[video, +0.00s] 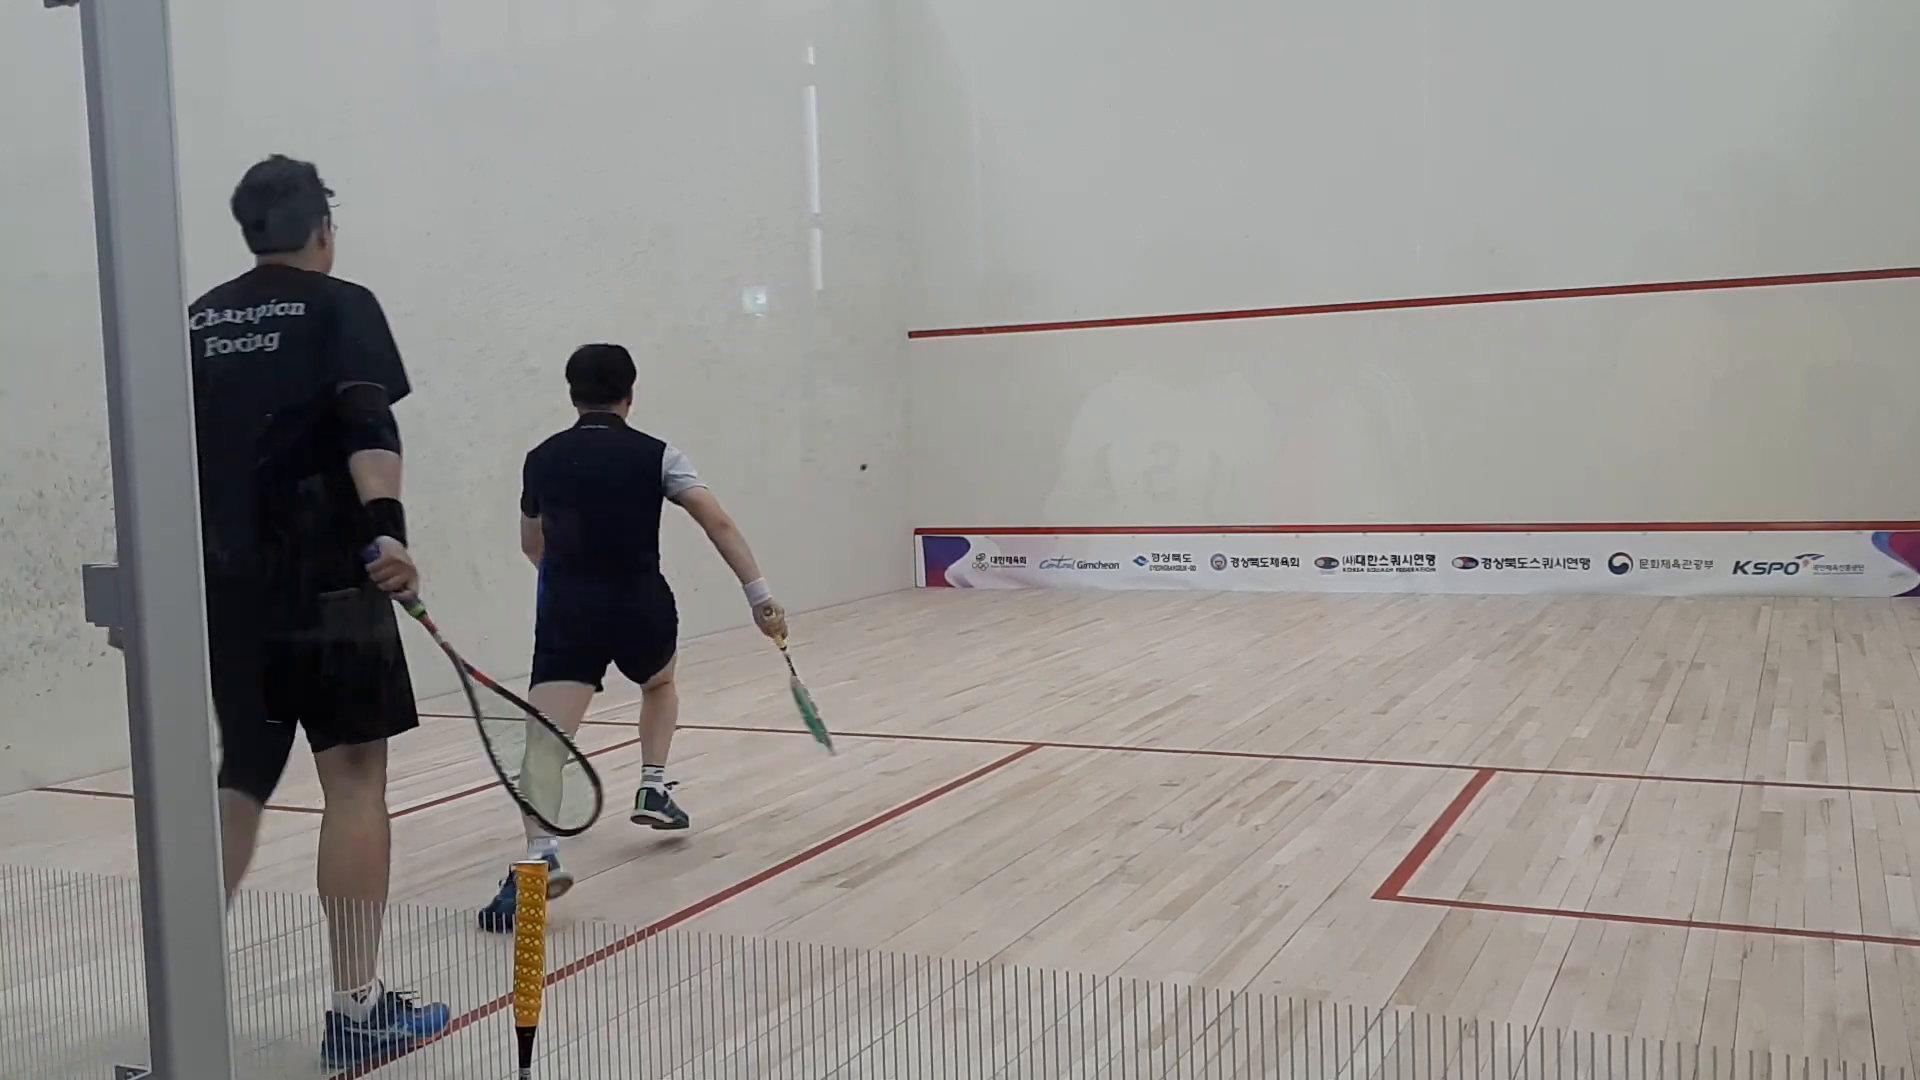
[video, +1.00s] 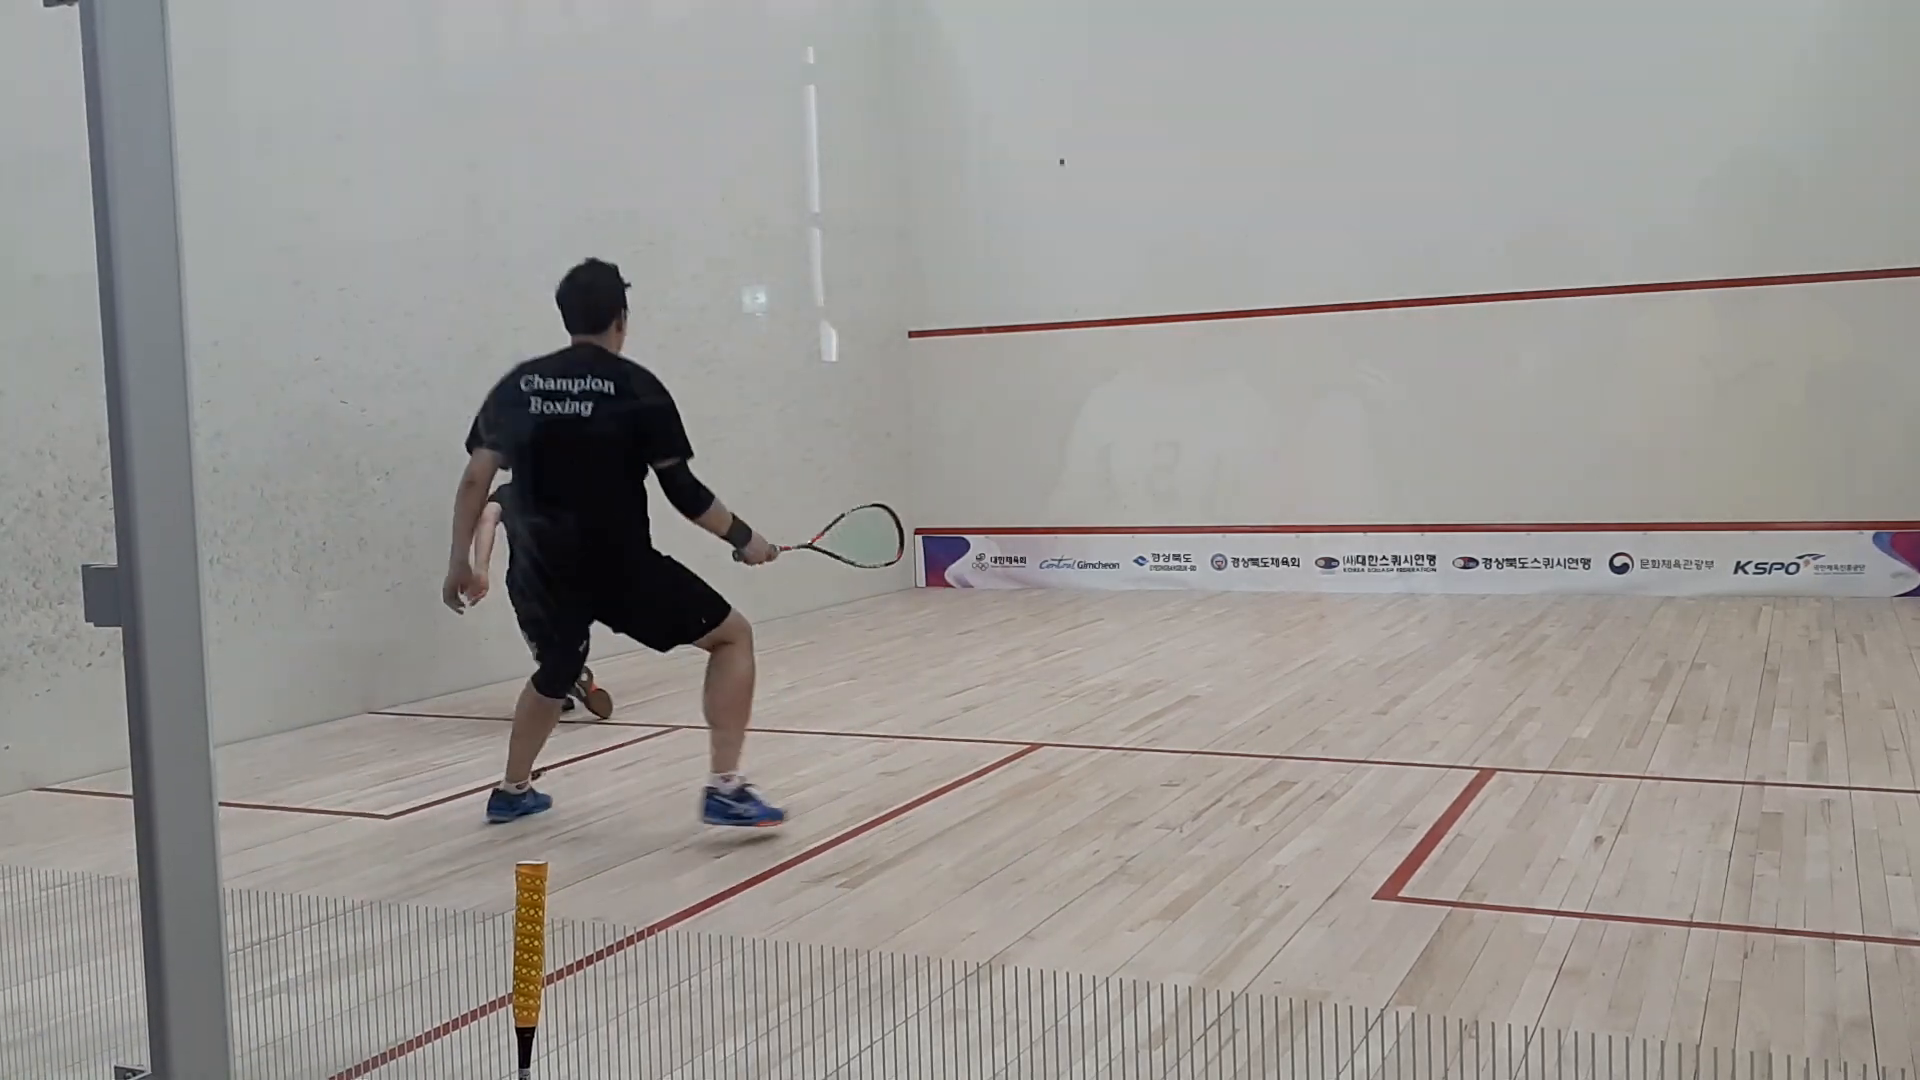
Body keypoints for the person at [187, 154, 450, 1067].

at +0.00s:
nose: (335, 235)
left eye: (327, 222)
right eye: (332, 222)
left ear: (249, 235)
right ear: (321, 229)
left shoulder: (194, 318)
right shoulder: (343, 307)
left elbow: (163, 454)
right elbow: (367, 429)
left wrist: (151, 580)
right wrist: (389, 534)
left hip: (226, 598)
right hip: (330, 592)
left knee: (242, 774)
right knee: (354, 781)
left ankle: (180, 982)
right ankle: (356, 1008)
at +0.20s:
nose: (409, 246)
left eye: (391, 237)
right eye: (406, 236)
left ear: (327, 248)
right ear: (400, 241)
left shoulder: (281, 338)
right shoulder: (435, 322)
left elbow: (246, 473)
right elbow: (472, 451)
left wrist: (225, 589)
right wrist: (515, 568)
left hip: (313, 581)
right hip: (403, 576)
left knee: (389, 736)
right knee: (374, 759)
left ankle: (399, 901)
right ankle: (358, 984)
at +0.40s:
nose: (455, 235)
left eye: (443, 224)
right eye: (454, 224)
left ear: (379, 237)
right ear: (447, 231)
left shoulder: (341, 327)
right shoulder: (477, 308)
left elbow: (328, 459)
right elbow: (519, 434)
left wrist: (331, 560)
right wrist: (571, 531)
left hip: (390, 563)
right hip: (476, 554)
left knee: (430, 718)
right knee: (523, 709)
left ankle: (421, 896)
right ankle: (447, 863)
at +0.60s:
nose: (515, 245)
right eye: (516, 233)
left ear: (448, 240)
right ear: (512, 237)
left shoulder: (406, 325)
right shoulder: (538, 313)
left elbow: (402, 451)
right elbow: (571, 429)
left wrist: (443, 517)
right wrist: (627, 518)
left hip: (448, 550)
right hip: (548, 540)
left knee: (443, 707)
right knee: (582, 685)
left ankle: (425, 890)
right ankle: (609, 830)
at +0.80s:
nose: (579, 267)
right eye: (578, 259)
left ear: (514, 266)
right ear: (575, 263)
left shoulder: (478, 341)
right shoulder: (606, 336)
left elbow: (451, 449)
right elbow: (660, 437)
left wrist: (450, 511)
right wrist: (711, 511)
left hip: (514, 542)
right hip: (595, 537)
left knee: (516, 666)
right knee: (631, 662)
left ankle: (473, 803)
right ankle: (614, 821)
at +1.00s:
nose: (627, 318)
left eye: (621, 310)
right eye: (626, 310)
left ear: (566, 319)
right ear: (620, 316)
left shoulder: (518, 383)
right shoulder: (639, 388)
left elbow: (474, 480)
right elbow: (681, 489)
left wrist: (458, 562)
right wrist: (744, 537)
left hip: (538, 571)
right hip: (618, 567)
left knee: (556, 669)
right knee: (732, 637)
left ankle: (512, 789)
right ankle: (727, 786)